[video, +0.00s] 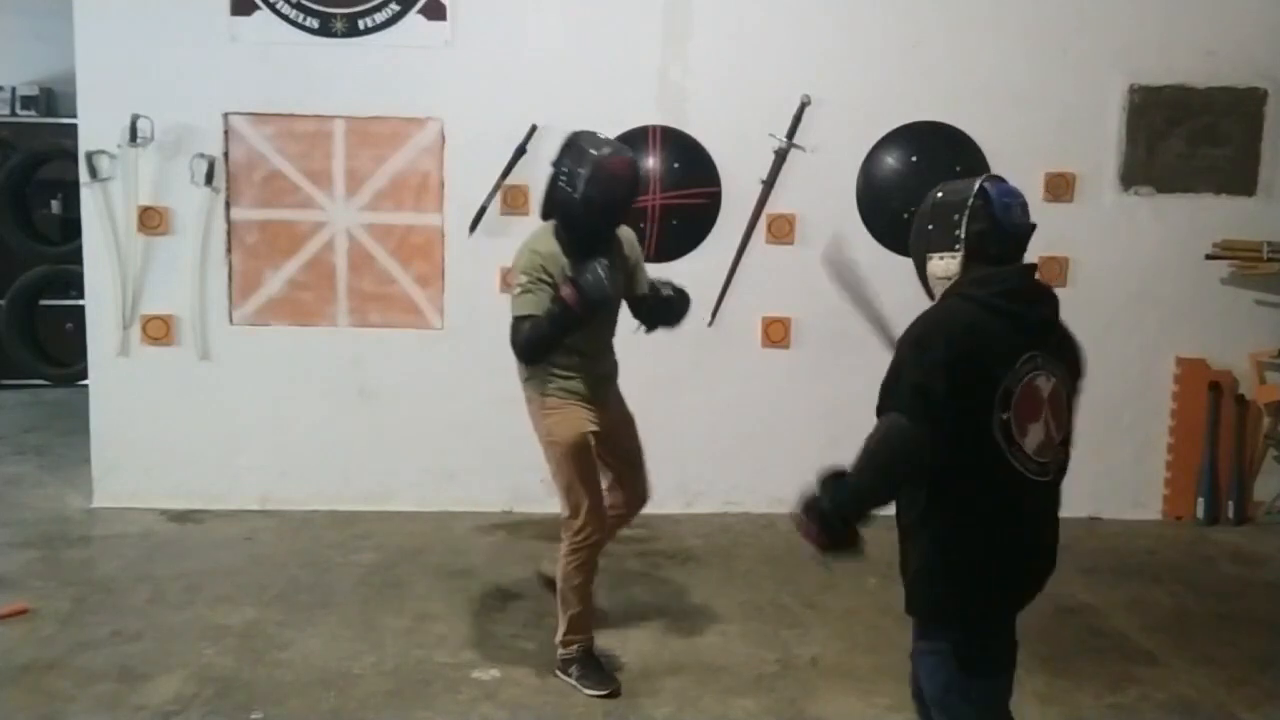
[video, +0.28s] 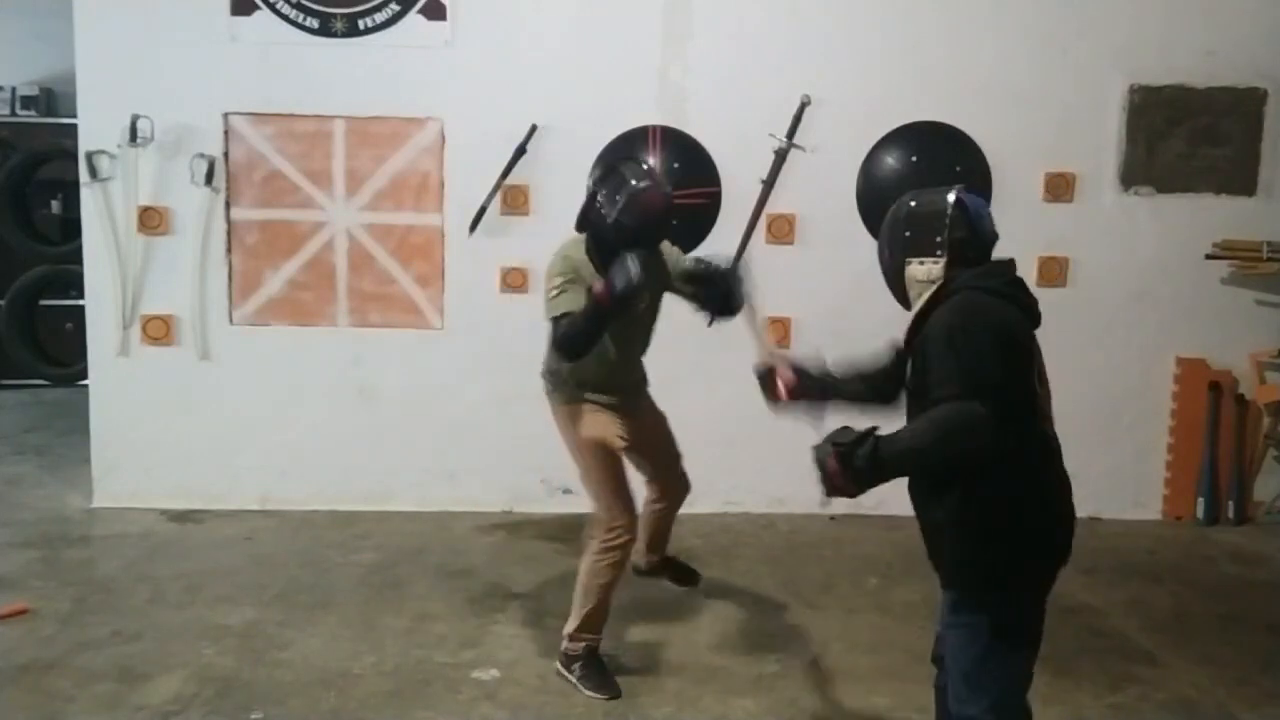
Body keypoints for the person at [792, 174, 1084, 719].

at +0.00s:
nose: (925, 259)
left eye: (932, 245)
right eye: (928, 245)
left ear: (952, 248)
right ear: (1008, 246)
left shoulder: (940, 332)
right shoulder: (1049, 328)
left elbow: (903, 442)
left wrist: (836, 505)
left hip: (955, 558)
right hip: (1022, 548)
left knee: (949, 692)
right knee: (981, 683)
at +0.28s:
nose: (889, 261)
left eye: (895, 247)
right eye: (892, 248)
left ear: (922, 248)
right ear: (962, 245)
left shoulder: (969, 317)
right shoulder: (952, 312)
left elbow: (965, 423)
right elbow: (892, 379)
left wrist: (871, 458)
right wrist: (813, 383)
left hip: (1000, 551)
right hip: (983, 544)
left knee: (980, 696)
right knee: (960, 680)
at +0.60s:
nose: (936, 268)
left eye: (942, 253)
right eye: (938, 254)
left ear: (965, 253)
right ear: (1008, 248)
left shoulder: (988, 319)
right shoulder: (1035, 304)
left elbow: (959, 429)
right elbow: (1025, 439)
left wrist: (880, 461)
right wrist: (959, 512)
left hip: (1005, 552)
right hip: (1035, 539)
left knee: (999, 692)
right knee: (974, 668)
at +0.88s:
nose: (999, 264)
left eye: (1005, 249)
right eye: (1000, 249)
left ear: (1030, 251)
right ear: (1078, 245)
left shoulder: (1035, 331)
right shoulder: (1121, 318)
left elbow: (985, 447)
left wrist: (920, 525)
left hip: (1046, 569)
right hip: (1107, 556)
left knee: (1032, 693)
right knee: (1069, 688)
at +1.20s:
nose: (1036, 262)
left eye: (1041, 248)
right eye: (1037, 248)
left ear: (1063, 248)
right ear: (1118, 242)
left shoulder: (1077, 325)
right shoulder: (1163, 319)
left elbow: (1069, 442)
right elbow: (1173, 441)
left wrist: (1048, 548)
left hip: (1086, 570)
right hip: (1146, 563)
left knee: (1073, 696)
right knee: (1124, 692)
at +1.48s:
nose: (1053, 266)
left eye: (1058, 251)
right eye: (1053, 251)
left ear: (1085, 245)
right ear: (1137, 241)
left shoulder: (1092, 312)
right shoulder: (1181, 314)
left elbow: (1068, 421)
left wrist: (1006, 495)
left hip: (1099, 548)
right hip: (1170, 546)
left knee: (1063, 688)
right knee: (1139, 689)